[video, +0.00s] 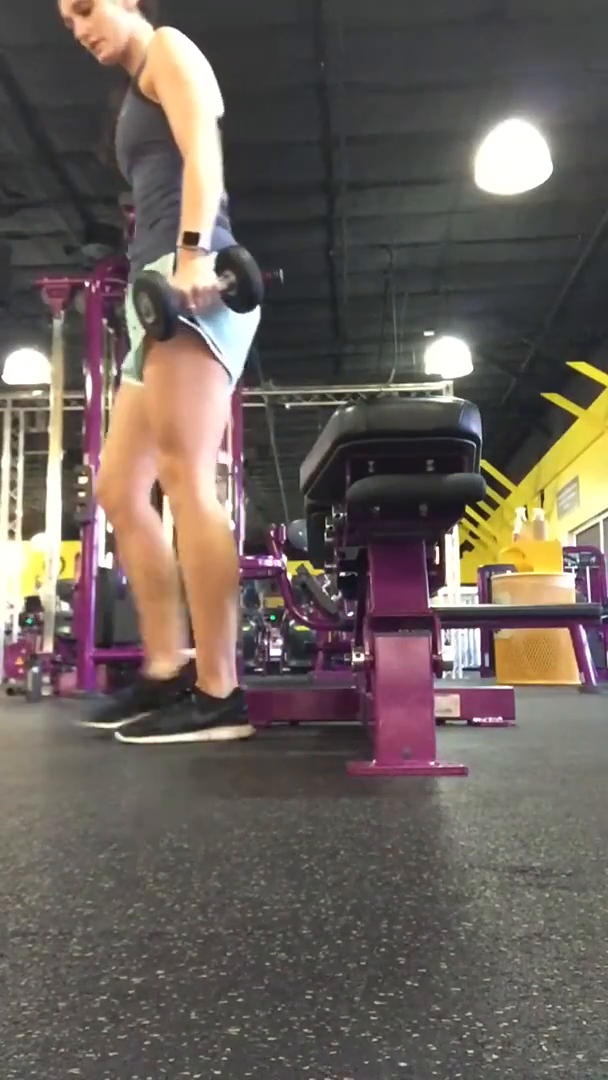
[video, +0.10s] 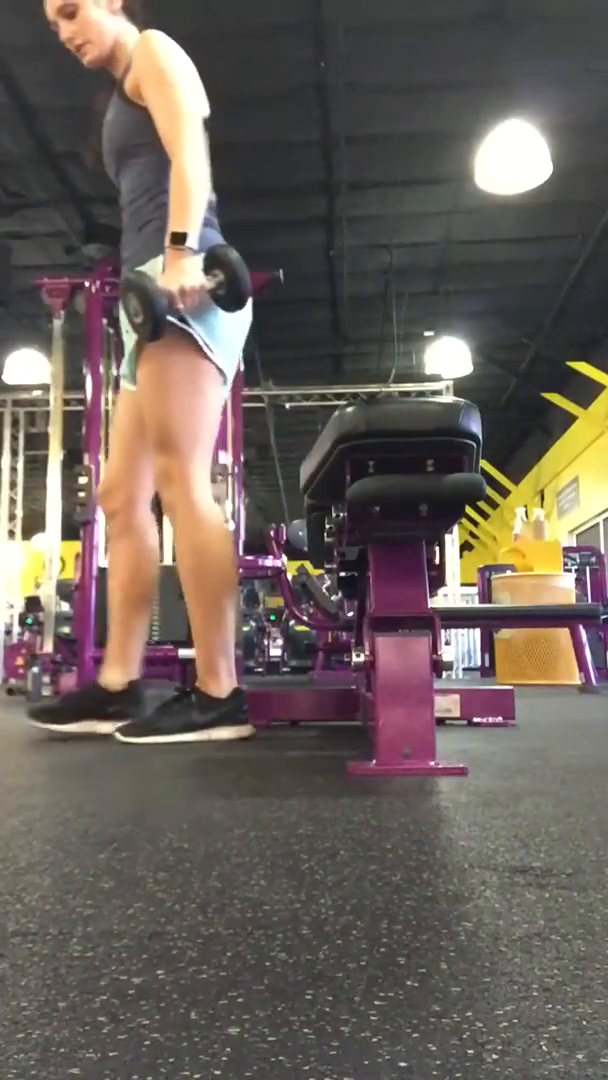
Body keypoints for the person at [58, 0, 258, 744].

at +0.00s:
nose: (79, 26)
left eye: (87, 8)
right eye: (69, 18)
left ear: (128, 1)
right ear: (72, 27)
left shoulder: (167, 49)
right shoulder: (135, 91)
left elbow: (201, 149)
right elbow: (155, 201)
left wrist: (191, 250)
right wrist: (143, 277)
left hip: (199, 283)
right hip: (162, 291)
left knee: (185, 476)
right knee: (121, 488)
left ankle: (219, 691)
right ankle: (165, 674)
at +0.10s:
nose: (64, 30)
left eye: (72, 11)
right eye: (54, 21)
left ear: (112, 2)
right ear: (58, 28)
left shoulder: (152, 51)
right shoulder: (122, 93)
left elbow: (188, 149)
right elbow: (147, 202)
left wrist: (178, 250)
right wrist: (135, 284)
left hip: (189, 288)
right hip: (153, 296)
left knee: (182, 481)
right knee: (122, 494)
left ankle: (217, 690)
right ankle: (117, 683)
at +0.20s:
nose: (55, 28)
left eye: (65, 10)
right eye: (45, 19)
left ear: (106, 6)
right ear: (47, 28)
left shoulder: (139, 59)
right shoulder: (108, 94)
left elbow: (175, 157)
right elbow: (135, 202)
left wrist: (167, 254)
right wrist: (125, 285)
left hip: (179, 294)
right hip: (145, 303)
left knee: (169, 483)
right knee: (116, 496)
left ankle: (217, 689)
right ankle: (109, 688)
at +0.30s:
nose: (51, 27)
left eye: (63, 11)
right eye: (42, 17)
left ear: (103, 12)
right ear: (43, 30)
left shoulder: (128, 67)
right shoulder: (93, 100)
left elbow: (164, 160)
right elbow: (119, 206)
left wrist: (156, 251)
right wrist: (106, 286)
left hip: (163, 293)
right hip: (129, 300)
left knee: (146, 488)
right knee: (107, 494)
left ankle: (213, 685)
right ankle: (108, 688)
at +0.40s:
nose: (48, 27)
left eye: (62, 12)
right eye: (39, 18)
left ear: (102, 19)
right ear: (38, 33)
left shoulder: (118, 73)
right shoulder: (91, 102)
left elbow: (156, 166)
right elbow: (118, 205)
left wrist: (145, 248)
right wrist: (101, 283)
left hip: (145, 289)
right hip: (143, 293)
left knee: (90, 478)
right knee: (115, 495)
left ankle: (195, 662)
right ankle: (107, 687)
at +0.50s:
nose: (47, 30)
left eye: (61, 16)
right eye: (38, 21)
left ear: (100, 25)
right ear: (38, 38)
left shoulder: (112, 76)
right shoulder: (90, 103)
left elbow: (150, 165)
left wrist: (131, 244)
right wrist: (92, 280)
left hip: (133, 292)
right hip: (165, 300)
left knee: (44, 461)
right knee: (117, 501)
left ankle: (185, 604)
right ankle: (110, 689)